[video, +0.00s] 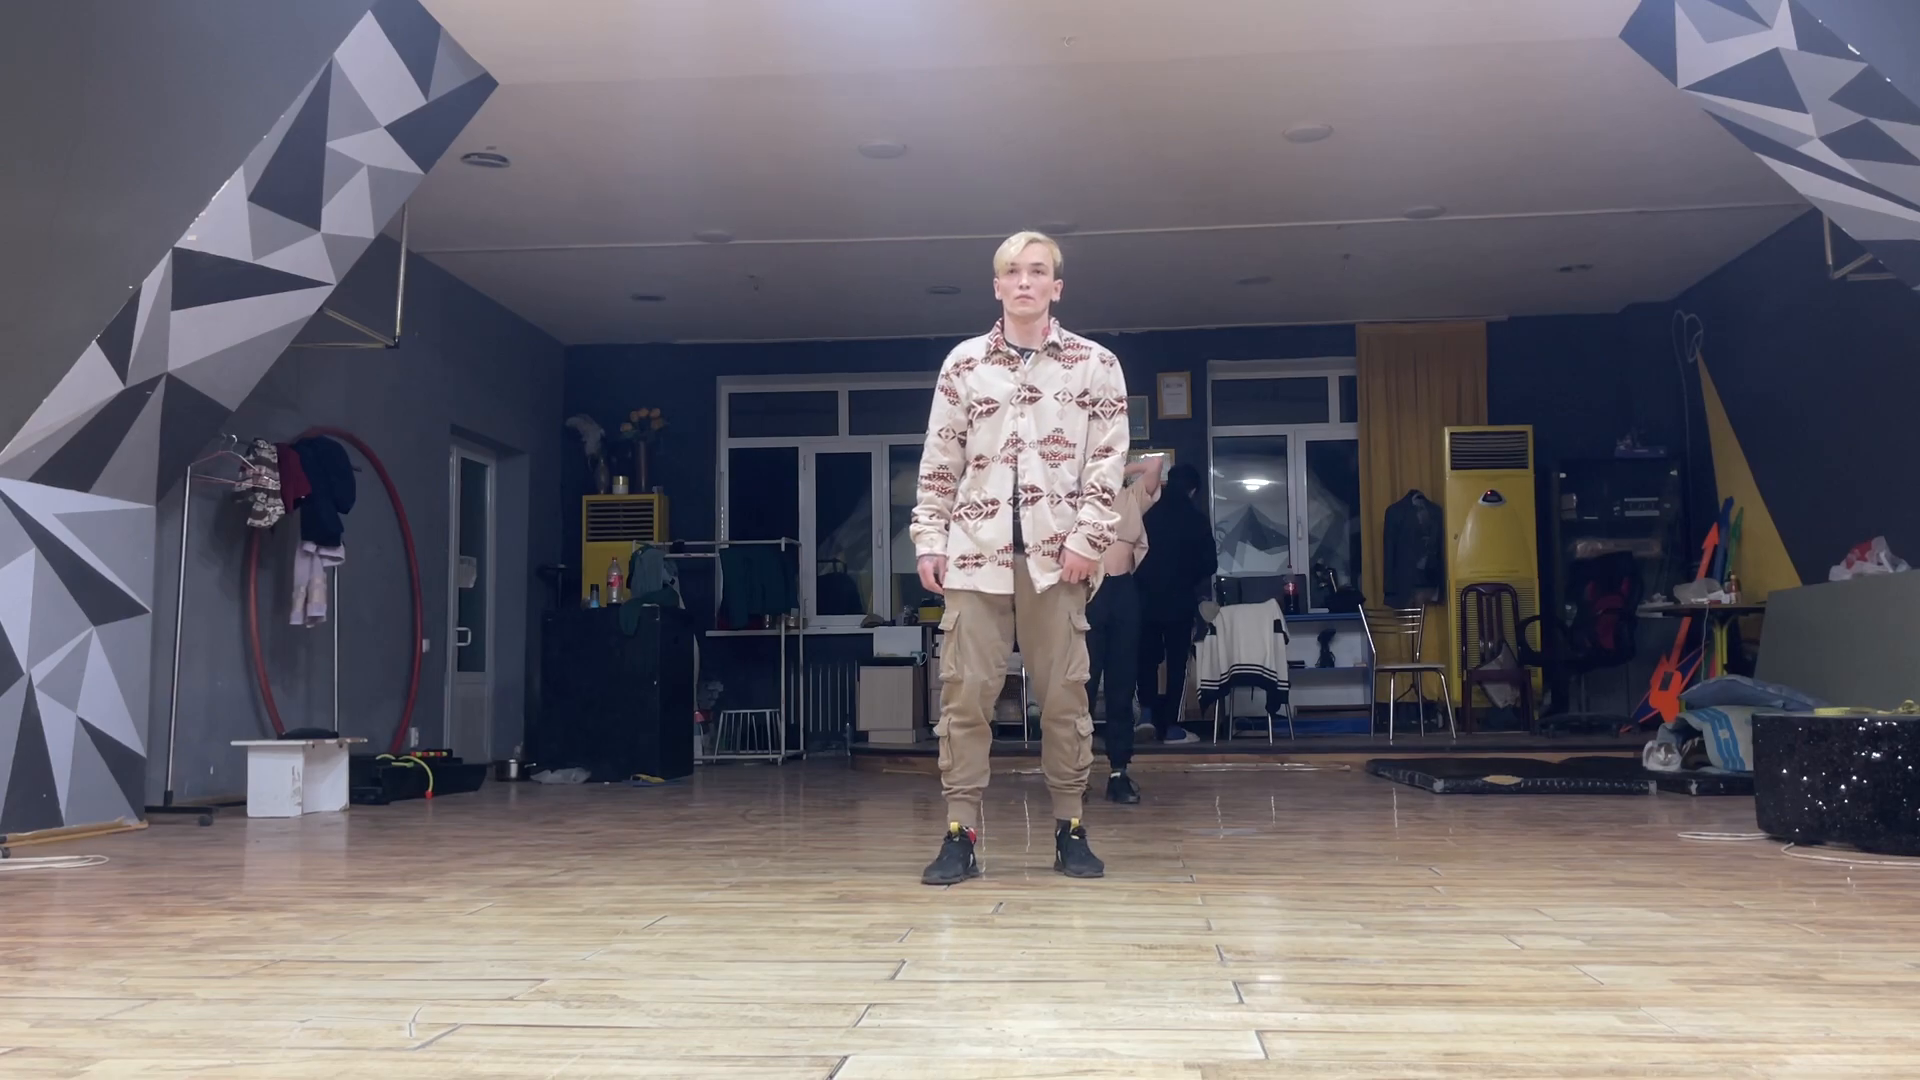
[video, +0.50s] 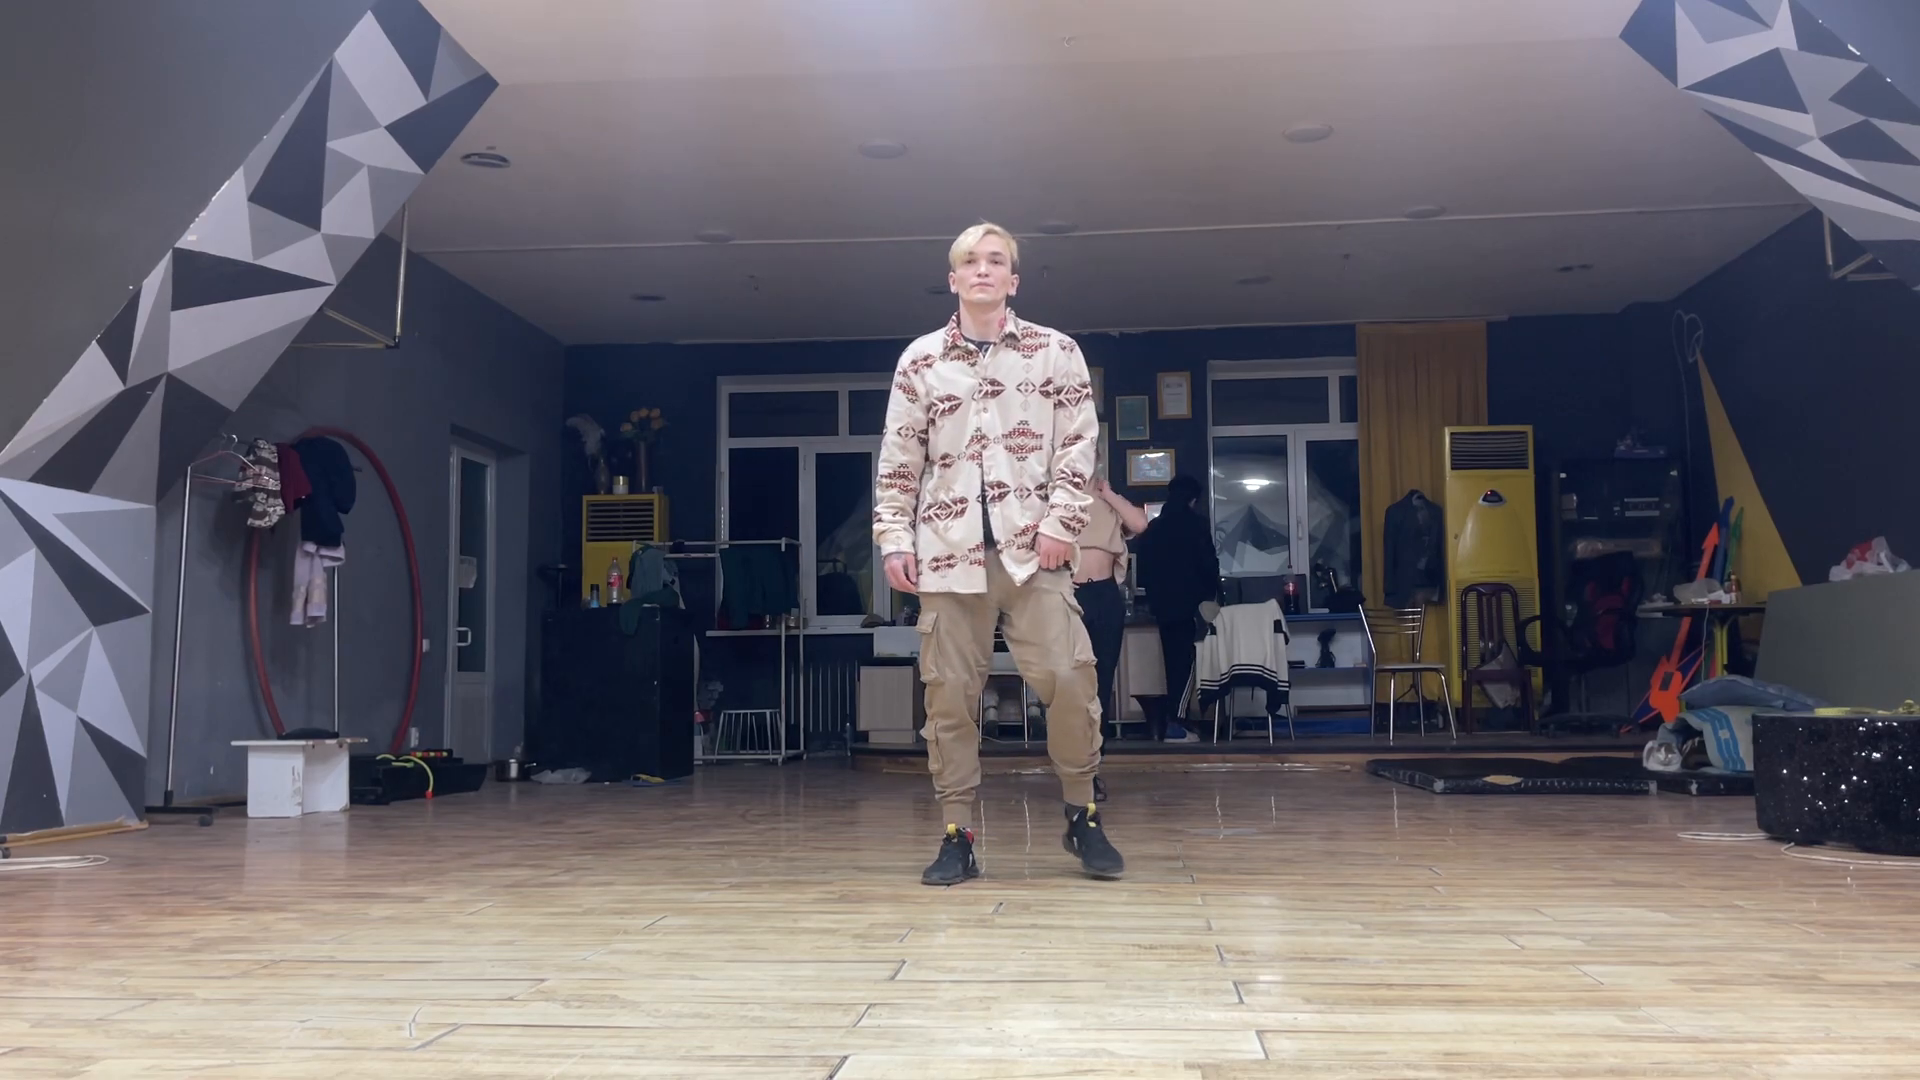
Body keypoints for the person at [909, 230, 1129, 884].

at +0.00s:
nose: (1025, 281)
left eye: (1038, 272)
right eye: (1014, 272)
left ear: (1057, 285)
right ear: (997, 284)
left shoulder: (1095, 364)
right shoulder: (963, 363)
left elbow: (1108, 465)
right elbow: (938, 464)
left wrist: (1087, 540)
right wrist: (929, 540)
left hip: (1058, 555)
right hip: (975, 555)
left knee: (1063, 695)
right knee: (965, 694)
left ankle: (1071, 831)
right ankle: (959, 835)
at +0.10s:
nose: (1015, 280)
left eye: (1027, 271)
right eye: (1004, 270)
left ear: (1046, 284)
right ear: (986, 283)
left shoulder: (1084, 363)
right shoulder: (952, 363)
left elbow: (1097, 464)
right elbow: (927, 463)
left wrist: (1078, 540)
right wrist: (917, 537)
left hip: (1049, 554)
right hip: (965, 554)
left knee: (1056, 692)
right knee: (960, 693)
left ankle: (1069, 830)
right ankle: (960, 835)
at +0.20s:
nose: (1004, 279)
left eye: (1017, 269)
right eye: (993, 269)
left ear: (1036, 283)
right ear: (975, 282)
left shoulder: (1074, 361)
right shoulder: (942, 363)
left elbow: (1089, 463)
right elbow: (918, 461)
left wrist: (1070, 538)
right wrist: (908, 535)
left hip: (1041, 554)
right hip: (956, 554)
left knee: (1053, 693)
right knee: (954, 696)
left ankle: (1067, 829)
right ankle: (958, 835)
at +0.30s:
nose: (995, 276)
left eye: (1007, 267)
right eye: (983, 267)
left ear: (1026, 281)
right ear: (964, 280)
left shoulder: (1064, 358)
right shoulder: (933, 360)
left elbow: (1083, 460)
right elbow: (909, 459)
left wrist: (1065, 536)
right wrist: (900, 534)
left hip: (1035, 551)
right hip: (950, 553)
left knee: (1051, 690)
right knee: (951, 695)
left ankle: (1068, 825)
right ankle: (958, 834)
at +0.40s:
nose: (988, 274)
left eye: (1000, 265)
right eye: (976, 264)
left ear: (1018, 279)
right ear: (957, 278)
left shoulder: (1057, 355)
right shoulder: (924, 361)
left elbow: (1079, 454)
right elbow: (901, 462)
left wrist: (1062, 531)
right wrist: (895, 538)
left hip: (1033, 548)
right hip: (947, 552)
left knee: (1058, 680)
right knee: (948, 694)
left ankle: (1070, 815)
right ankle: (958, 835)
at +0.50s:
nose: (983, 270)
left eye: (994, 261)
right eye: (971, 262)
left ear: (1015, 278)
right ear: (952, 278)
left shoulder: (1055, 351)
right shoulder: (920, 360)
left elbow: (1079, 447)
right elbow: (899, 460)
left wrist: (1062, 521)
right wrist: (893, 537)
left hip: (1036, 550)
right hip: (949, 554)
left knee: (1067, 675)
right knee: (949, 695)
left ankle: (1083, 815)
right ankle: (957, 836)